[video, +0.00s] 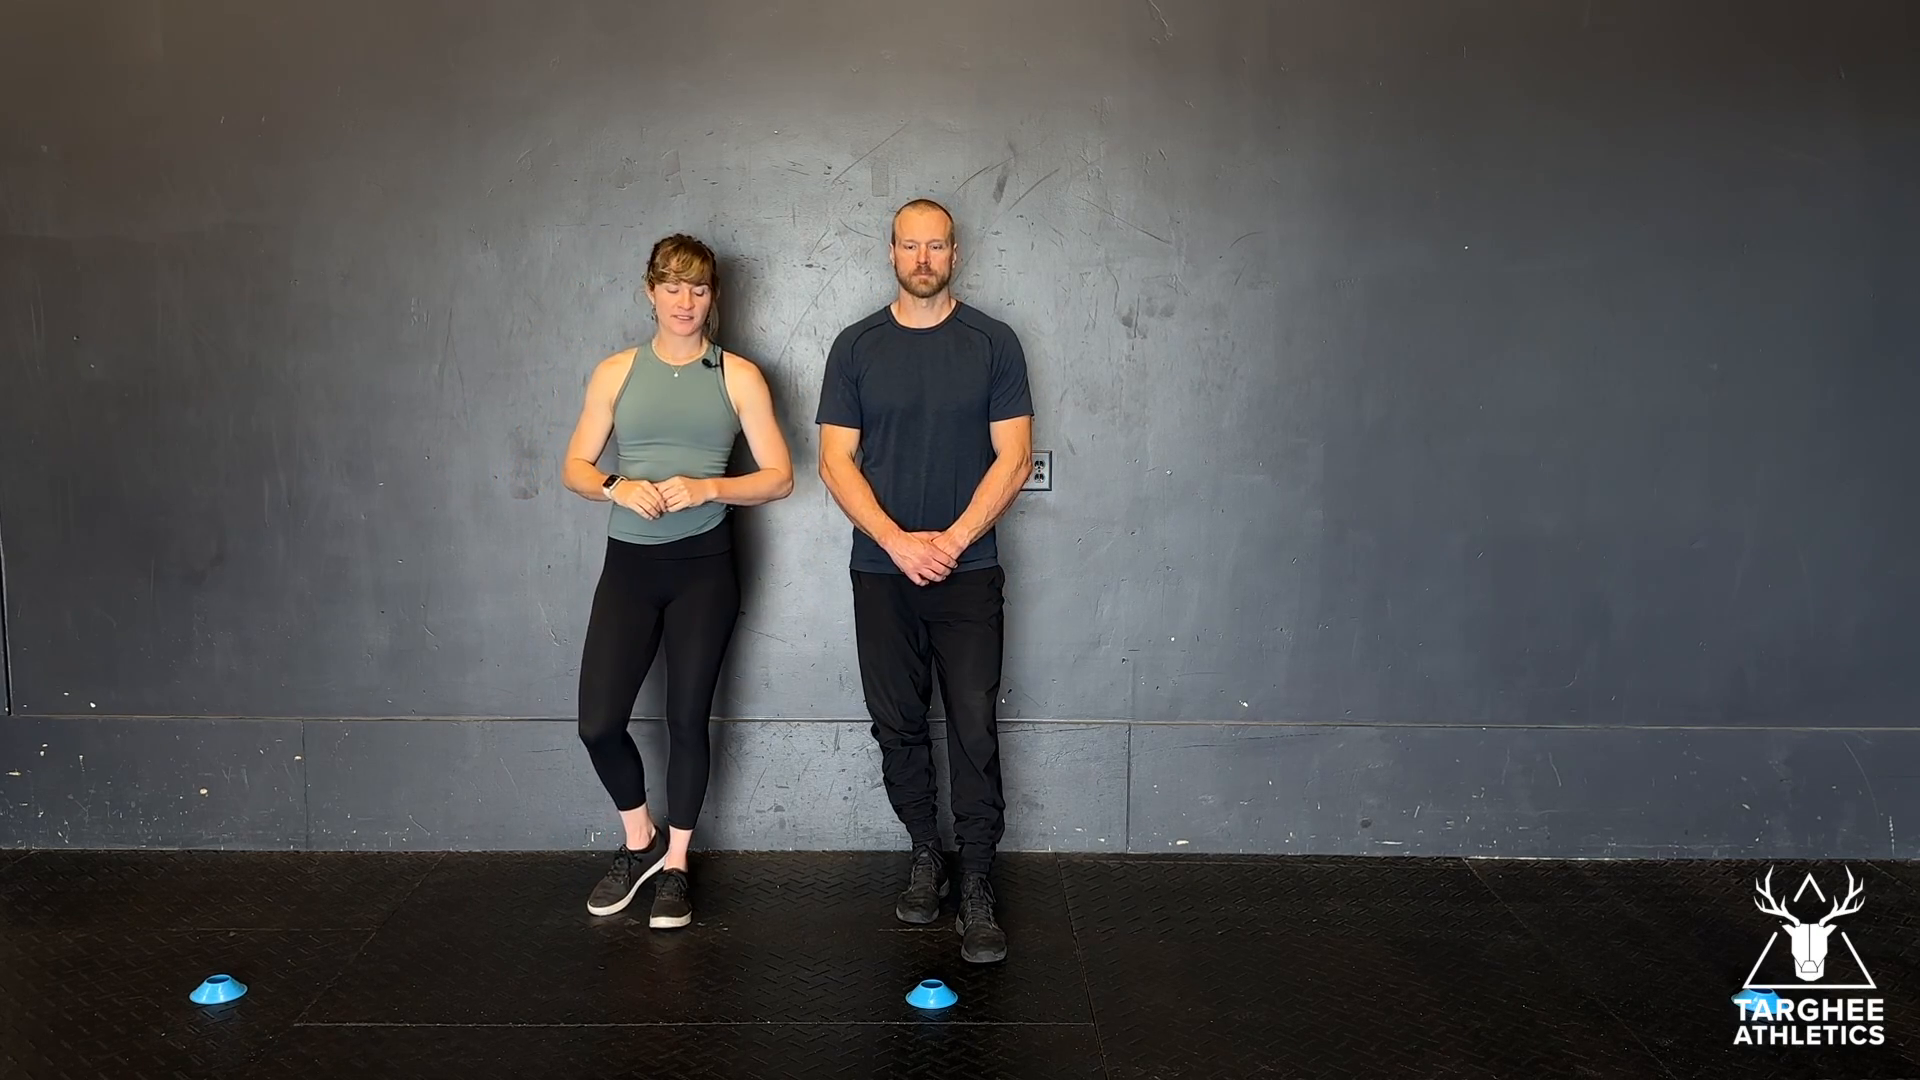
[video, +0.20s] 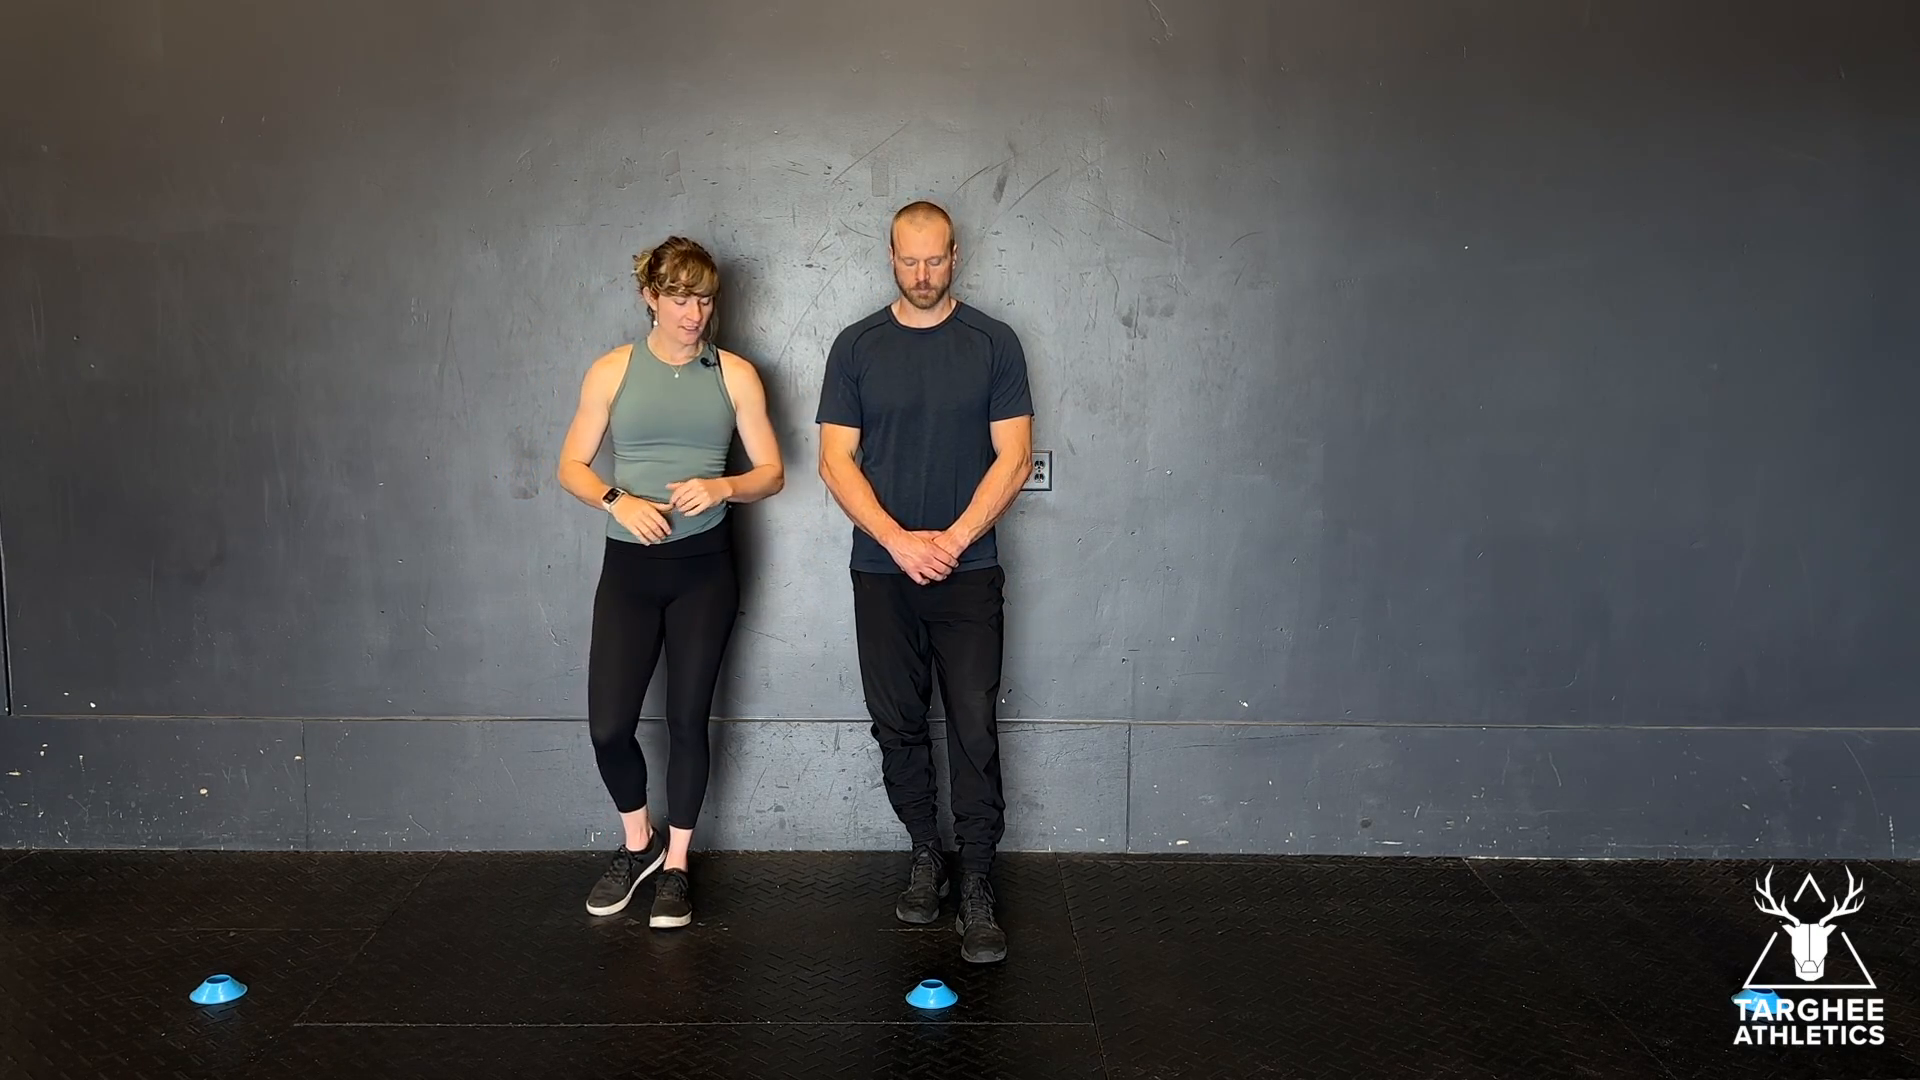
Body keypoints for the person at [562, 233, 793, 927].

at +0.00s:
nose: (685, 298)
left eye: (697, 287)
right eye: (672, 286)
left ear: (711, 296)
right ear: (652, 293)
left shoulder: (738, 377)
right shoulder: (615, 373)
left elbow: (778, 476)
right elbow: (576, 468)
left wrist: (709, 487)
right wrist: (620, 487)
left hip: (704, 564)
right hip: (628, 564)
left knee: (688, 717)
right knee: (599, 721)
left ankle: (676, 866)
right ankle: (641, 843)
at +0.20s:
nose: (695, 310)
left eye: (704, 297)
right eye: (681, 297)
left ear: (714, 302)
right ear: (650, 297)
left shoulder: (735, 376)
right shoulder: (612, 371)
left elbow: (770, 473)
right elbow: (572, 466)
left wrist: (722, 488)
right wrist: (616, 502)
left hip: (704, 567)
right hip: (629, 568)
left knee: (687, 719)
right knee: (608, 728)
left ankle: (677, 866)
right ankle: (638, 844)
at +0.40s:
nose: (693, 315)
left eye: (700, 301)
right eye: (678, 303)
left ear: (708, 302)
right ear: (645, 302)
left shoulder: (730, 374)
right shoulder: (608, 374)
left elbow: (742, 468)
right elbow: (564, 464)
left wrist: (756, 497)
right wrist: (593, 505)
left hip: (704, 560)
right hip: (631, 564)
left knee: (687, 717)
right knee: (614, 726)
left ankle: (677, 864)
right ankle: (635, 845)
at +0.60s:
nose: (688, 315)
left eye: (694, 302)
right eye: (673, 304)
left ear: (702, 300)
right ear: (641, 303)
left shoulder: (728, 373)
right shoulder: (606, 372)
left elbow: (744, 465)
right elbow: (563, 468)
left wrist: (780, 533)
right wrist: (583, 521)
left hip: (702, 561)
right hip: (625, 564)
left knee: (686, 716)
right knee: (609, 723)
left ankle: (675, 866)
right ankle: (634, 844)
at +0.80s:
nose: (691, 315)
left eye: (698, 301)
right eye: (677, 303)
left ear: (704, 301)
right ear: (642, 303)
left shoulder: (727, 374)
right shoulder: (604, 374)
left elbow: (740, 469)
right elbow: (572, 470)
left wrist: (776, 535)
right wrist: (592, 530)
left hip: (700, 561)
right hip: (623, 563)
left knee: (684, 715)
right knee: (603, 722)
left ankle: (675, 867)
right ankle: (634, 843)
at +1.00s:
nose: (691, 316)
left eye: (698, 303)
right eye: (677, 305)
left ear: (705, 300)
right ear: (644, 303)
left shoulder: (728, 371)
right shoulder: (604, 371)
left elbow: (743, 467)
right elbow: (573, 468)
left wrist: (775, 537)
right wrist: (592, 524)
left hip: (701, 560)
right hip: (623, 562)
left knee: (685, 714)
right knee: (602, 722)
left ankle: (675, 866)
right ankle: (633, 843)